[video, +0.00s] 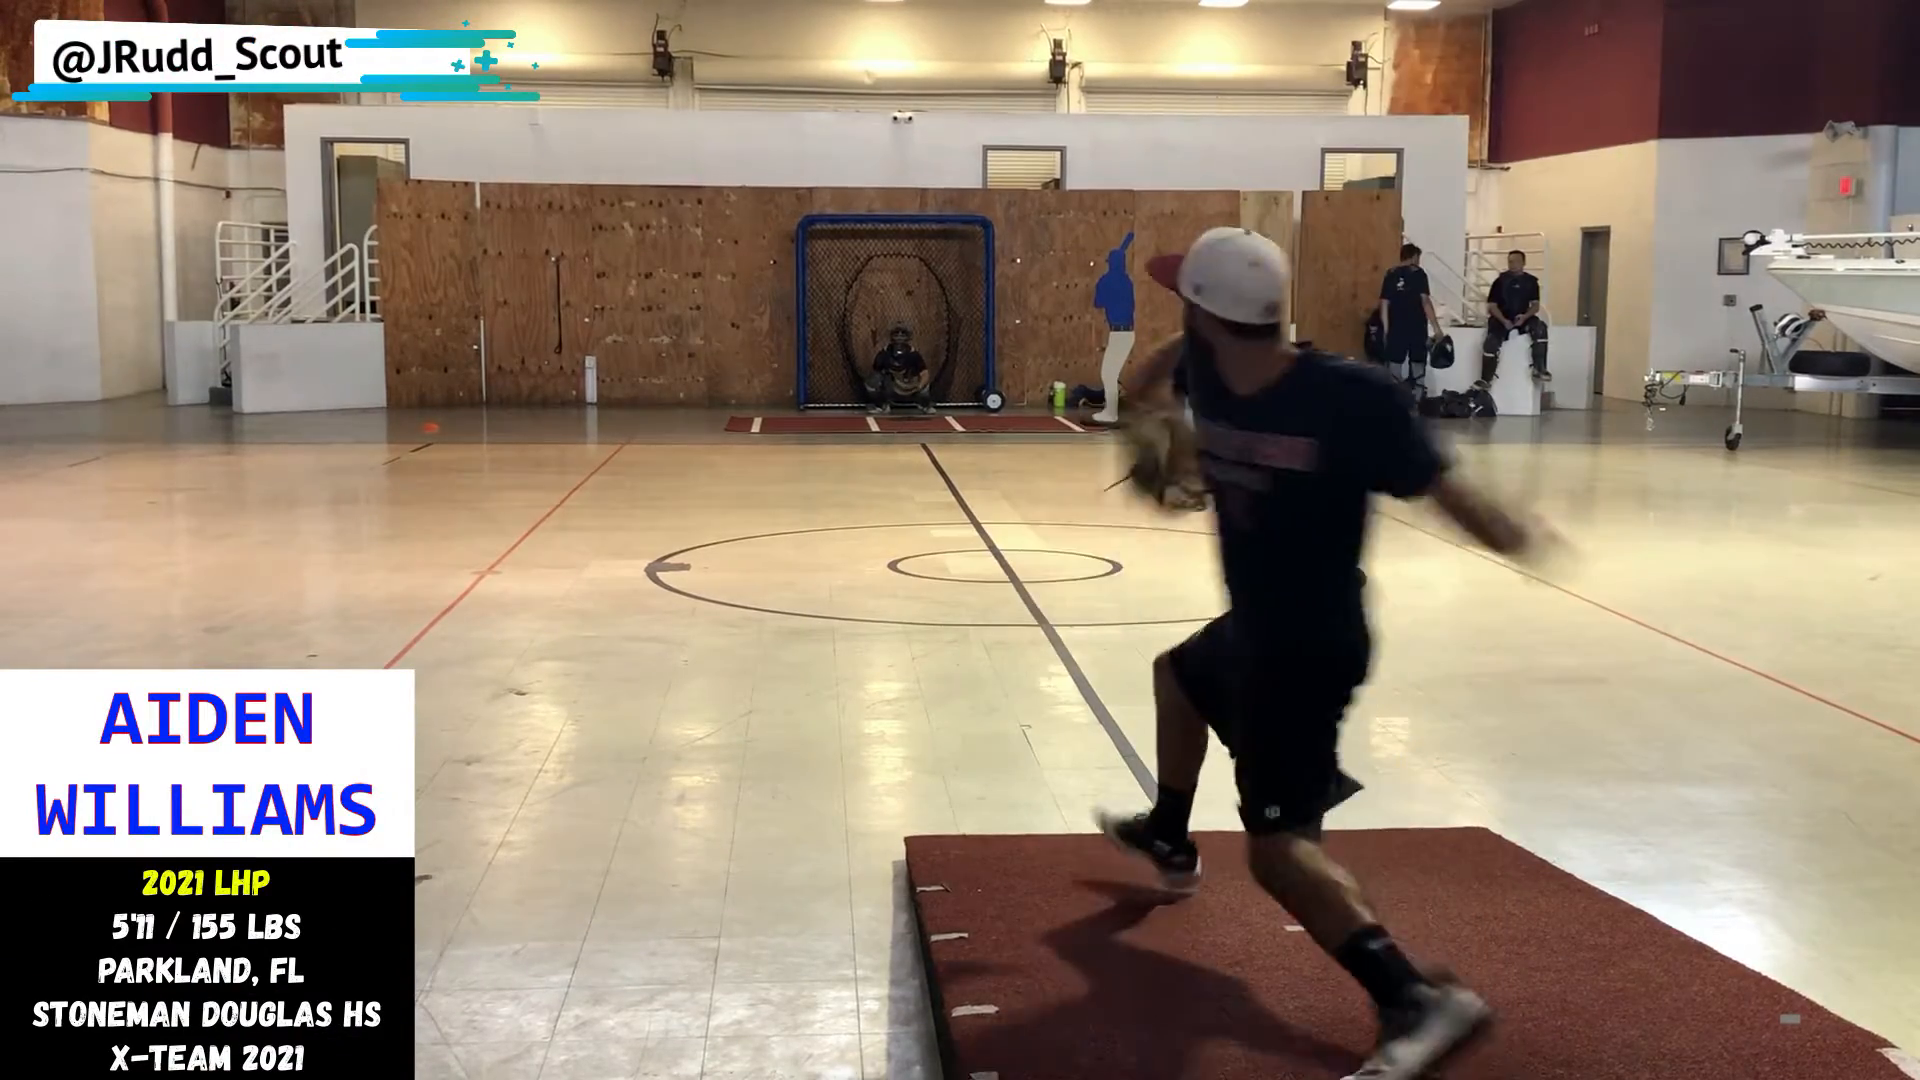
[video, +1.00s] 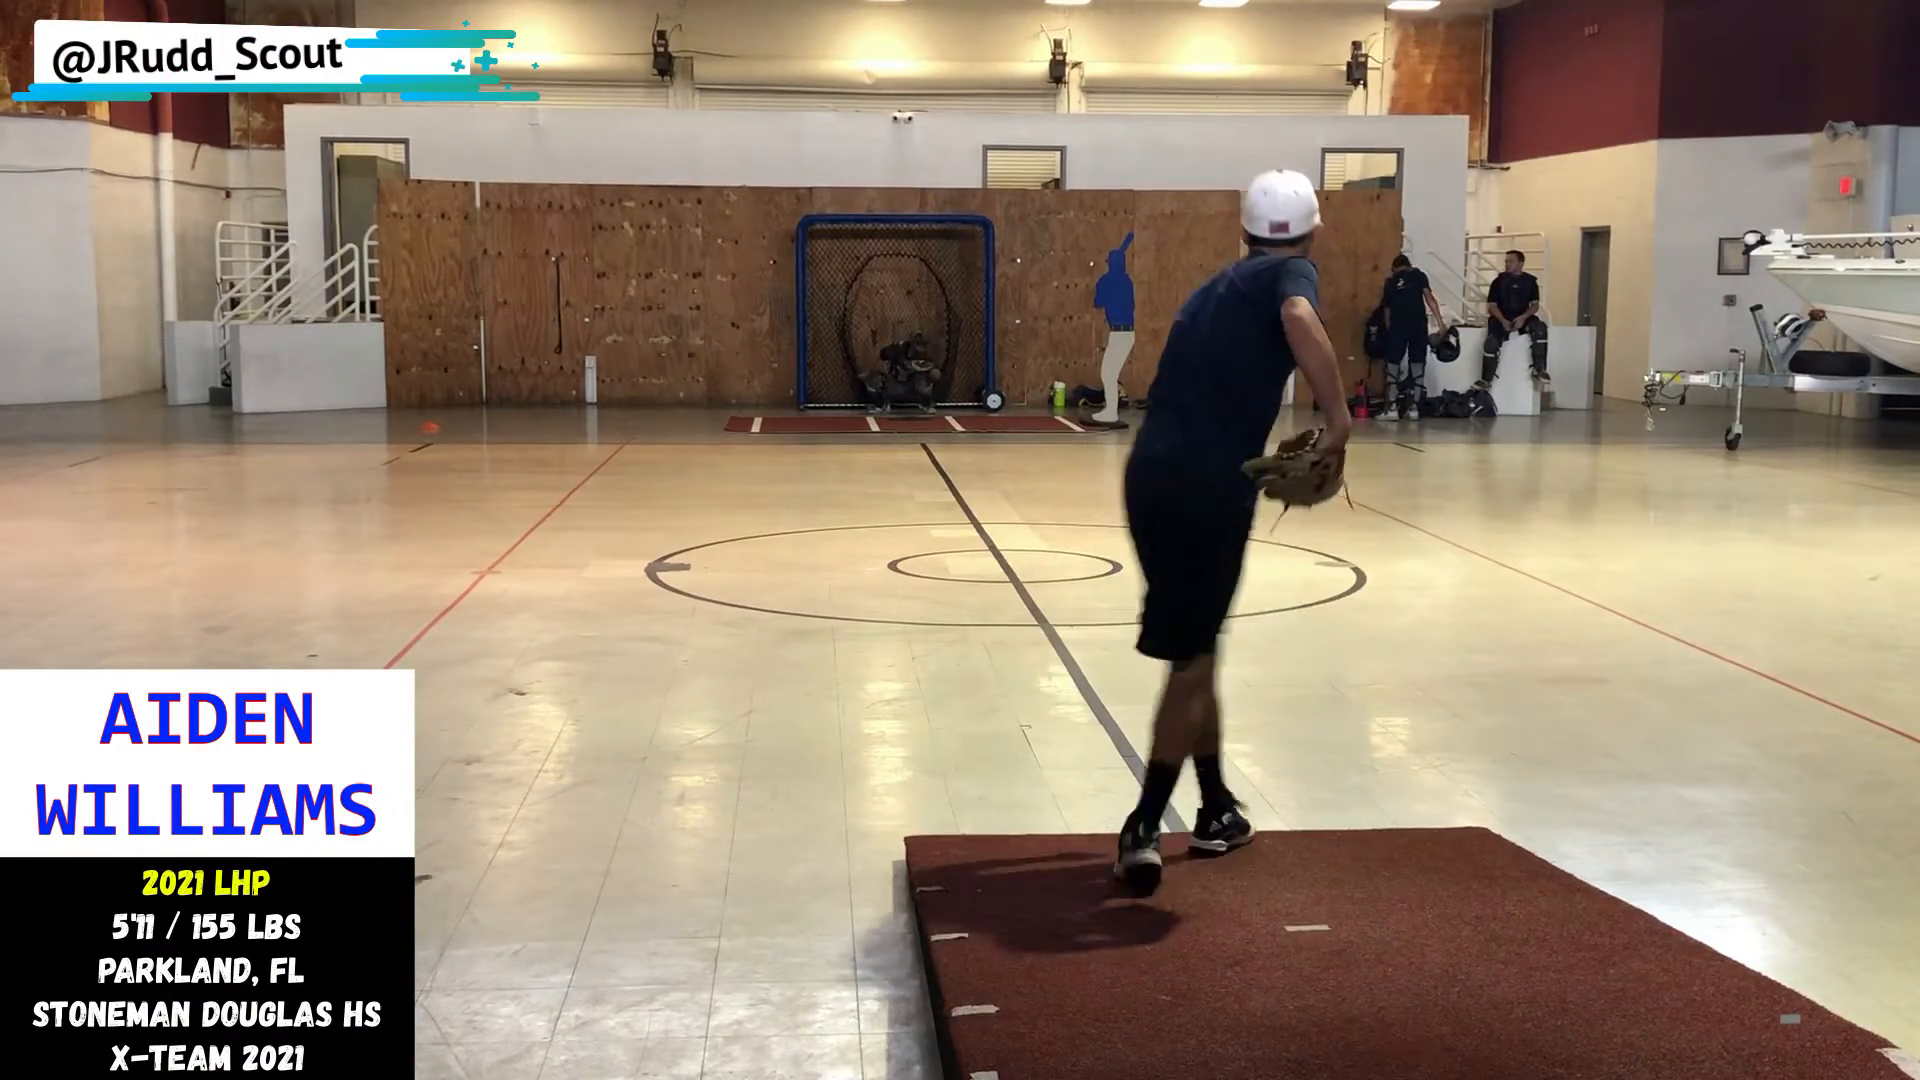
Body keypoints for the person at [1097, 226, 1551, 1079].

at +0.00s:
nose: (1183, 319)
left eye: (1187, 308)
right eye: (1185, 309)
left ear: (1207, 317)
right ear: (1274, 309)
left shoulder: (1354, 400)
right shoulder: (1210, 374)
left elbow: (1446, 486)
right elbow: (1143, 385)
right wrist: (1149, 437)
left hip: (1312, 642)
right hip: (1257, 619)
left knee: (1278, 848)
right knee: (1175, 679)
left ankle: (1413, 1002)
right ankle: (1167, 830)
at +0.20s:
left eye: (1192, 310)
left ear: (1191, 322)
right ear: (1266, 337)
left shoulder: (1141, 381)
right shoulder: (1286, 434)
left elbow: (1028, 333)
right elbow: (1344, 542)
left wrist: (920, 271)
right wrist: (1262, 535)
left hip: (1164, 632)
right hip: (1257, 630)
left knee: (1193, 819)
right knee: (1193, 711)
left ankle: (1259, 900)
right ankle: (1169, 844)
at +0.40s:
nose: (1296, 373)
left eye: (1294, 365)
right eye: (1296, 364)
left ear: (1227, 353)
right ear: (1288, 362)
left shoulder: (1182, 396)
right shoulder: (1269, 379)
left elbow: (1192, 524)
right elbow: (1220, 394)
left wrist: (1274, 541)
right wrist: (1287, 506)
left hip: (1096, 490)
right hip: (1175, 528)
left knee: (1041, 645)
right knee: (1156, 690)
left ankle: (1199, 624)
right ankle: (1152, 845)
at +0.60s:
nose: (1316, 340)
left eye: (1307, 335)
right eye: (1319, 333)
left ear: (1258, 316)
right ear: (1315, 332)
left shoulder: (1228, 362)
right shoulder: (1292, 348)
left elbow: (1165, 451)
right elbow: (1218, 341)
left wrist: (1212, 541)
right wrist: (1216, 404)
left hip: (1112, 473)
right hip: (1176, 495)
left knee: (978, 566)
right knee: (1161, 677)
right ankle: (1149, 843)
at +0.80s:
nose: (1331, 291)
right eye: (1333, 283)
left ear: (1267, 277)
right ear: (1329, 282)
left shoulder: (1241, 325)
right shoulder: (1309, 304)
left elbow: (1221, 421)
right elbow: (1278, 339)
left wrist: (1275, 497)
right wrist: (1288, 442)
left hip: (1110, 458)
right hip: (1177, 475)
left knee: (1046, 617)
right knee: (1155, 664)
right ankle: (1141, 844)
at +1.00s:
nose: (1313, 241)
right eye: (1314, 230)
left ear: (1248, 230)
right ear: (1310, 232)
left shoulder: (1215, 289)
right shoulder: (1291, 270)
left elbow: (1176, 386)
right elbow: (1297, 320)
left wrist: (1247, 451)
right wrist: (1336, 425)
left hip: (1150, 477)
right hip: (1212, 482)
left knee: (1195, 652)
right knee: (1189, 658)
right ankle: (1142, 827)